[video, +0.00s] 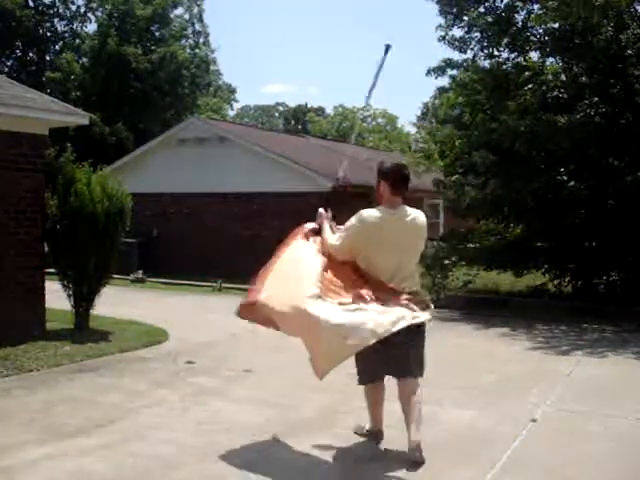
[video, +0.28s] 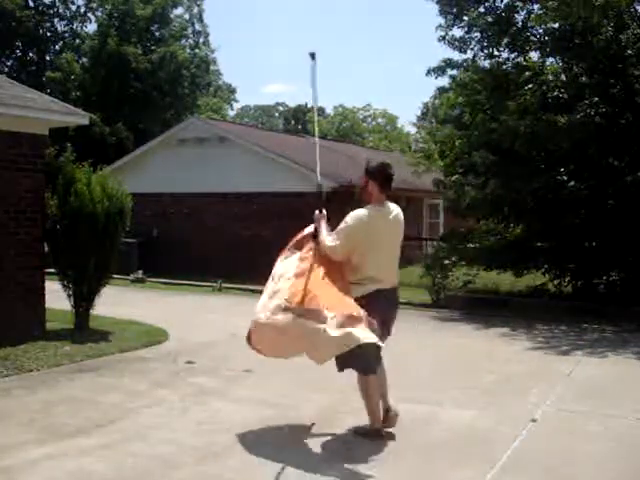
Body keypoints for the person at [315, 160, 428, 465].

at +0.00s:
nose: (377, 189)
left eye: (378, 184)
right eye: (380, 184)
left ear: (383, 187)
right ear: (406, 188)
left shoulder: (365, 221)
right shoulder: (419, 221)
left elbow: (337, 249)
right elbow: (410, 249)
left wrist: (325, 225)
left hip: (370, 312)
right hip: (411, 311)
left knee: (373, 375)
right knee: (410, 379)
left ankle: (376, 429)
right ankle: (415, 441)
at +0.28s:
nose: (363, 187)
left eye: (364, 183)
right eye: (365, 182)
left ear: (370, 185)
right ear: (388, 186)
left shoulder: (358, 219)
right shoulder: (397, 215)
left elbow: (332, 249)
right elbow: (376, 241)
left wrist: (321, 226)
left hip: (363, 296)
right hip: (390, 294)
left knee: (365, 359)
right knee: (373, 353)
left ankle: (376, 424)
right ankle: (386, 407)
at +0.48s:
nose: (347, 184)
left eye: (353, 180)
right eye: (346, 179)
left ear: (367, 185)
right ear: (345, 182)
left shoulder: (365, 219)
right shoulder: (350, 213)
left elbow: (348, 255)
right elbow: (339, 256)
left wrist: (316, 237)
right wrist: (312, 249)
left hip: (361, 295)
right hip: (346, 294)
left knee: (359, 358)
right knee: (339, 348)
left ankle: (375, 419)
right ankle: (331, 394)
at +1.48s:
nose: (364, 197)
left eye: (367, 193)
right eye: (359, 193)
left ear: (371, 194)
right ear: (350, 192)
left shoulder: (379, 220)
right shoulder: (332, 212)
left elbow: (386, 251)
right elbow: (305, 230)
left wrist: (382, 266)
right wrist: (328, 247)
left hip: (366, 289)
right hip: (336, 287)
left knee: (361, 341)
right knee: (330, 340)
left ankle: (361, 387)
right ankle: (326, 385)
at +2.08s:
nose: (357, 210)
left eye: (361, 206)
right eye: (354, 205)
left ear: (365, 204)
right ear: (345, 198)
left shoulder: (370, 221)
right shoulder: (326, 215)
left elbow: (376, 256)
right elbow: (302, 241)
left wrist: (380, 285)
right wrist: (315, 271)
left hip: (362, 287)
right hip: (332, 286)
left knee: (366, 336)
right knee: (336, 334)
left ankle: (371, 379)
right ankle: (340, 376)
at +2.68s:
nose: (388, 211)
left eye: (391, 208)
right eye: (385, 207)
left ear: (394, 206)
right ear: (375, 201)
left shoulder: (397, 218)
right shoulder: (356, 217)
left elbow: (400, 251)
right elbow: (338, 249)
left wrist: (396, 275)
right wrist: (333, 282)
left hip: (388, 288)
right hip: (357, 287)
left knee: (390, 336)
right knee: (349, 335)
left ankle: (395, 376)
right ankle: (340, 376)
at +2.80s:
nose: (394, 210)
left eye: (398, 207)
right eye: (391, 205)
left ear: (402, 206)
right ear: (382, 200)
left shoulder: (403, 219)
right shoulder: (361, 216)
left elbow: (407, 251)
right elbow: (345, 250)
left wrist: (411, 275)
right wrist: (339, 281)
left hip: (392, 288)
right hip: (361, 286)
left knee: (392, 335)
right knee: (348, 332)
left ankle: (396, 376)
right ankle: (334, 375)